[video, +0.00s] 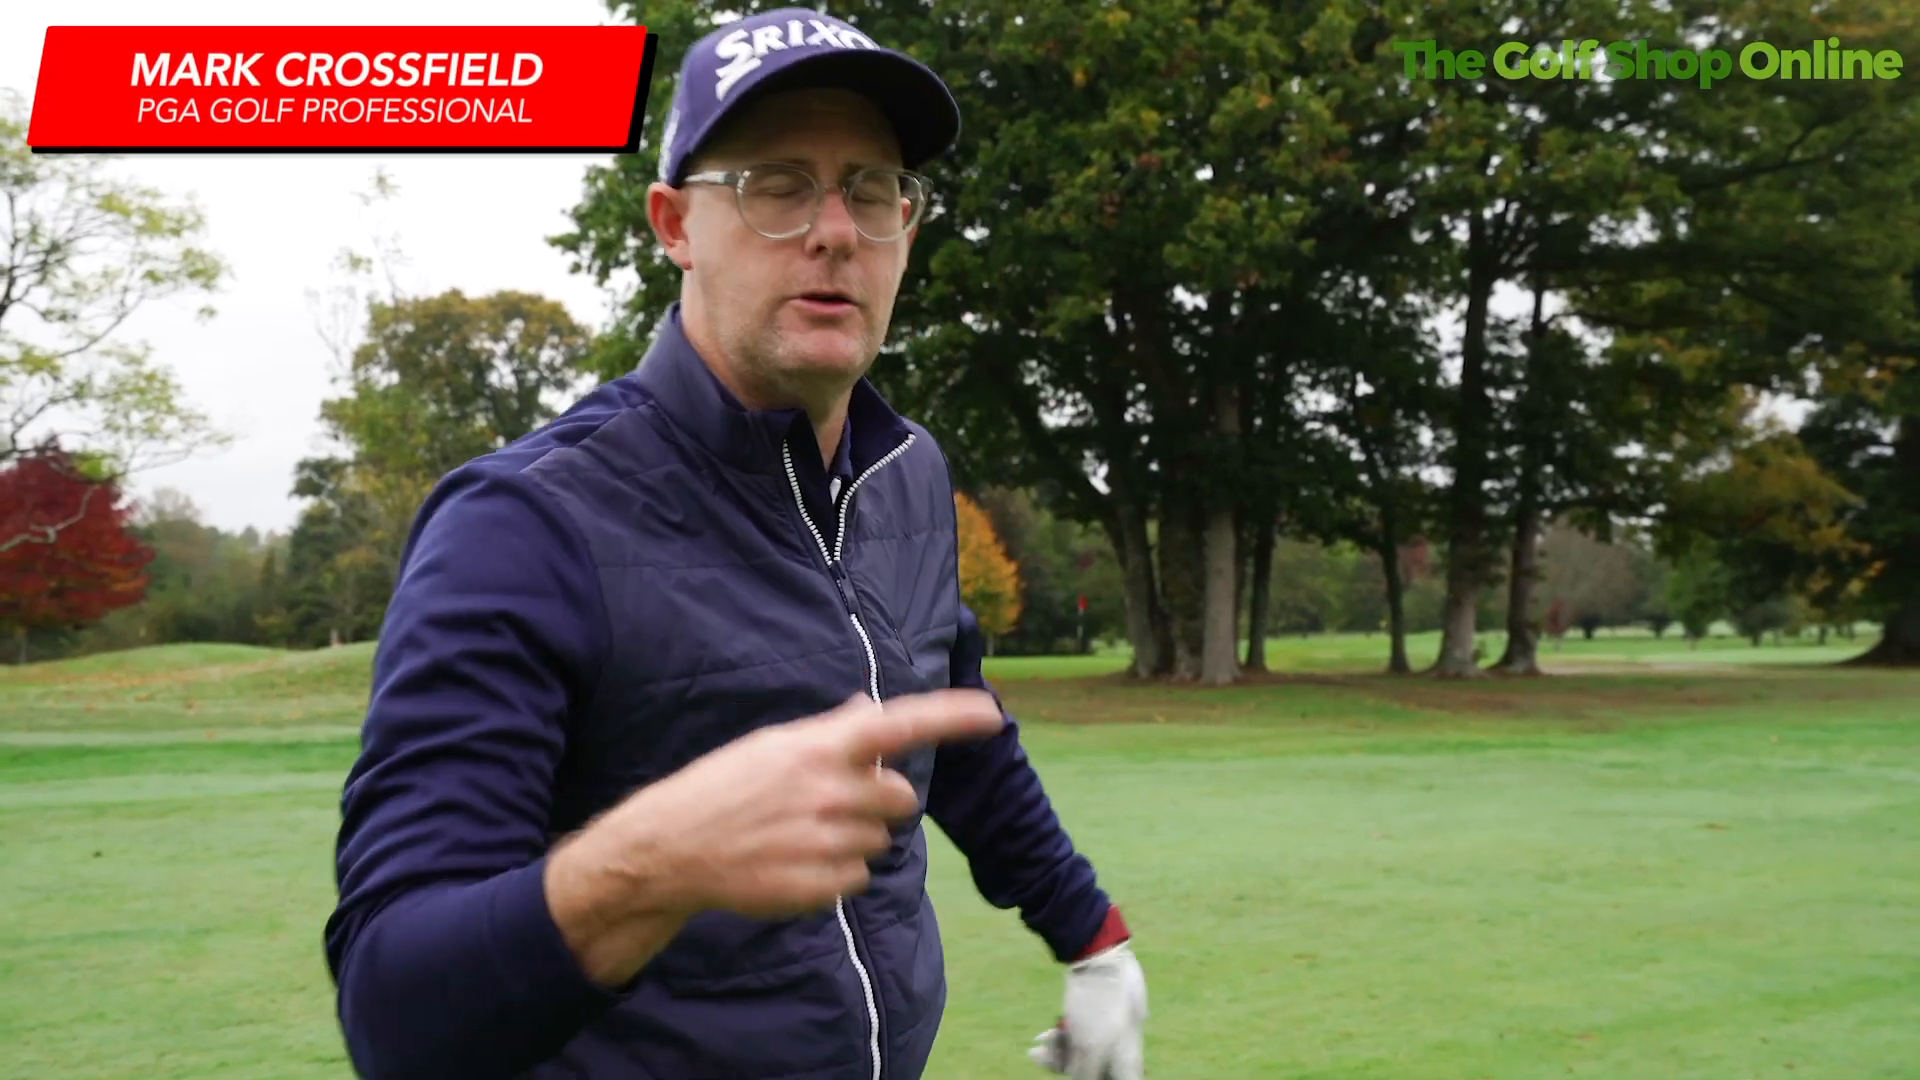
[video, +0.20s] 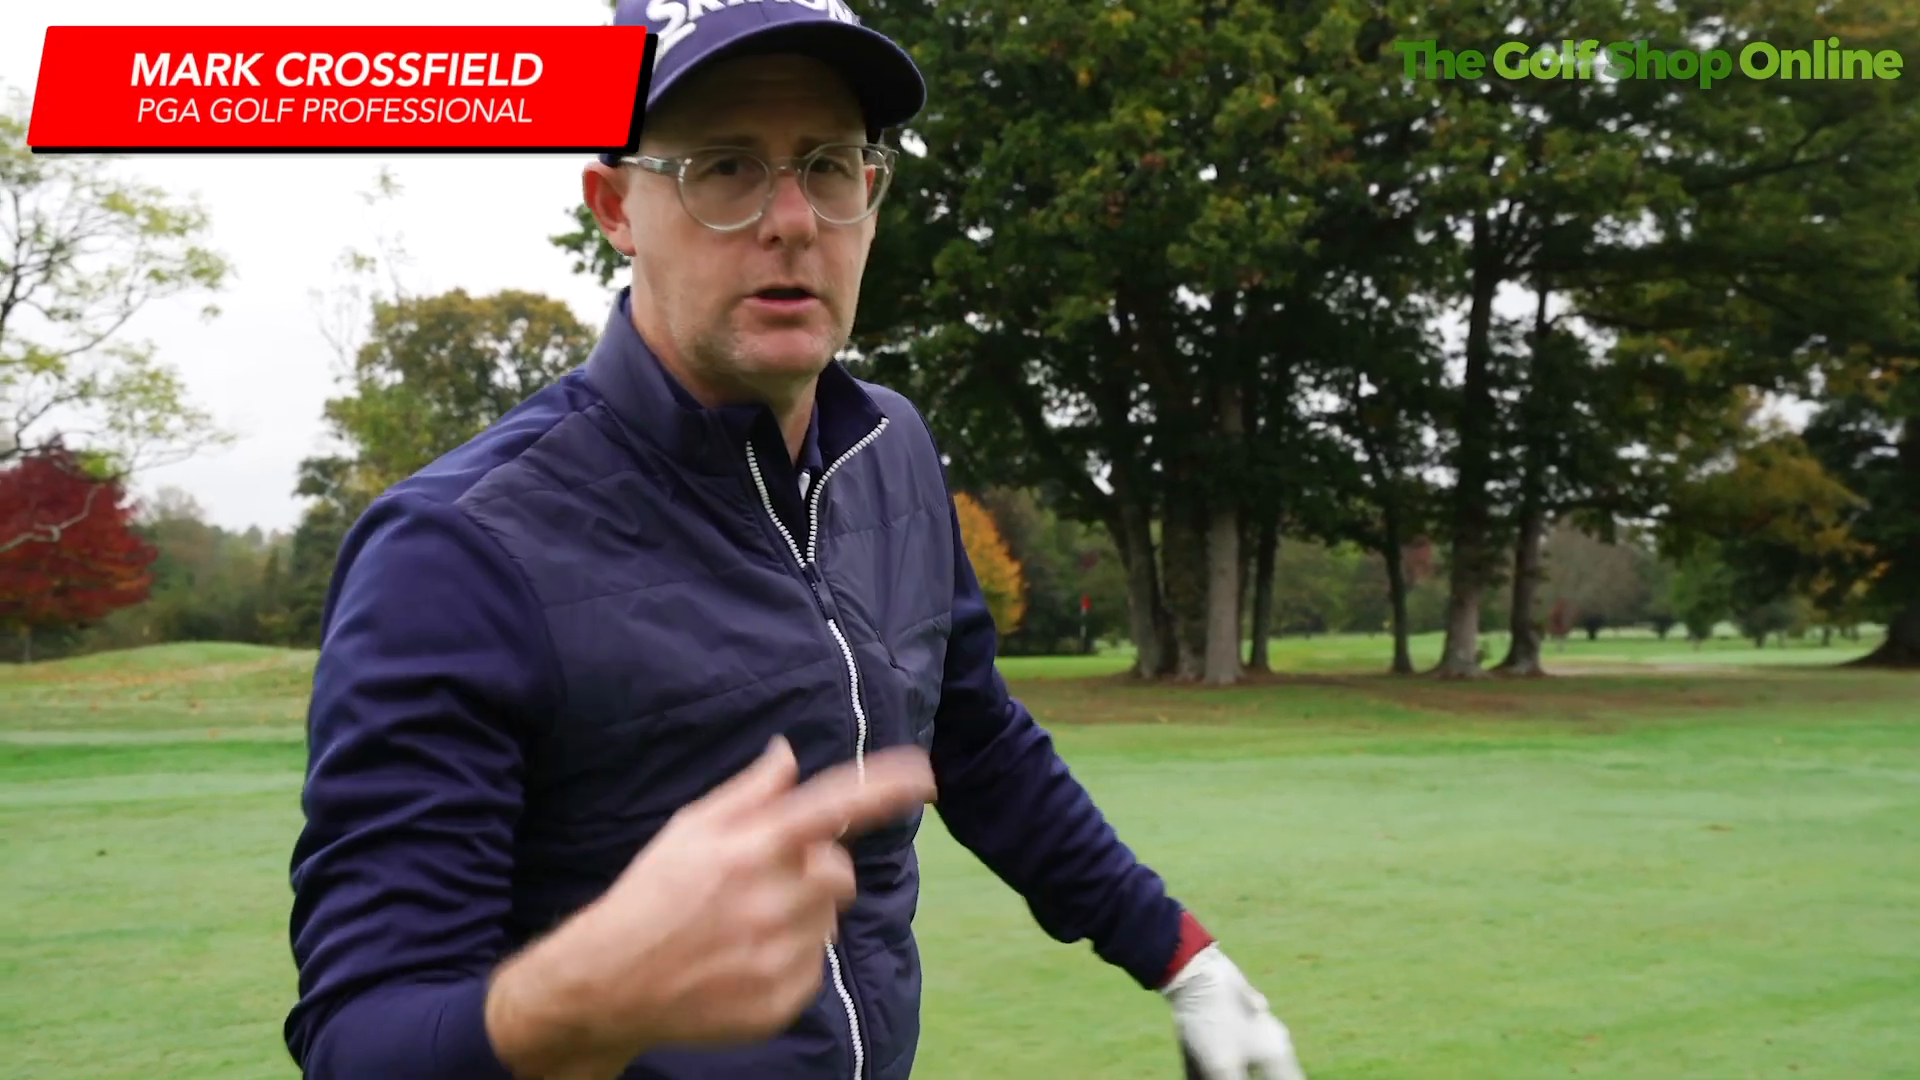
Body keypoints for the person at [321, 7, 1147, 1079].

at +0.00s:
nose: (835, 232)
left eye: (869, 190)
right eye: (777, 186)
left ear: (907, 228)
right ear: (674, 223)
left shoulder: (909, 481)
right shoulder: (525, 524)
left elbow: (958, 724)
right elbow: (397, 1010)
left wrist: (1088, 932)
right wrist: (649, 864)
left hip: (886, 1052)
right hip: (633, 1064)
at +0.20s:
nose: (791, 218)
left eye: (830, 163)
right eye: (727, 165)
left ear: (874, 203)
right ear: (617, 207)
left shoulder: (890, 455)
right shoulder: (460, 552)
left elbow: (979, 741)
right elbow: (364, 1031)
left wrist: (1188, 962)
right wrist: (585, 992)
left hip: (868, 1056)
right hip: (634, 1075)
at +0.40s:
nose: (775, 195)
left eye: (814, 139)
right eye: (705, 141)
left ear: (864, 183)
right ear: (591, 183)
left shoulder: (891, 460)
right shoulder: (423, 543)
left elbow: (1032, 745)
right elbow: (308, 1030)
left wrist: (1280, 973)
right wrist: (513, 1000)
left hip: (857, 1055)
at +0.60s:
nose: (763, 183)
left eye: (807, 129)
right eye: (697, 130)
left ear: (858, 180)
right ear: (596, 180)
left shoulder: (890, 465)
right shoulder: (414, 513)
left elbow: (1065, 762)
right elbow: (260, 996)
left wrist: (1347, 1004)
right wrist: (632, 1025)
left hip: (851, 1063)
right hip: (535, 1072)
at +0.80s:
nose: (769, 206)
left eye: (825, 169)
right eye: (726, 141)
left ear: (871, 223)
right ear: (627, 156)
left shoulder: (892, 480)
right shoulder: (398, 476)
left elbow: (1076, 775)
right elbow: (273, 963)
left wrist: (1354, 1015)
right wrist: (624, 709)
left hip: (824, 1057)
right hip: (485, 1065)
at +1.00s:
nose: (789, 205)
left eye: (833, 167)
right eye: (739, 150)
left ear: (877, 220)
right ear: (643, 182)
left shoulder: (913, 505)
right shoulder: (442, 482)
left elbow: (1095, 790)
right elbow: (248, 918)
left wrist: (1365, 1022)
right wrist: (582, 804)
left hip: (835, 1052)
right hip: (503, 1052)